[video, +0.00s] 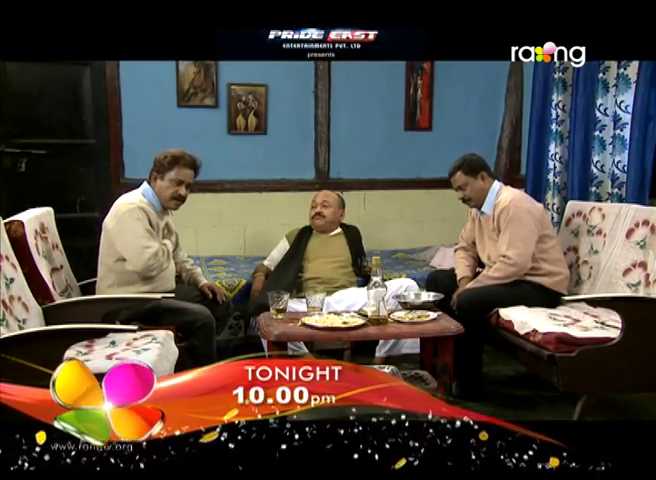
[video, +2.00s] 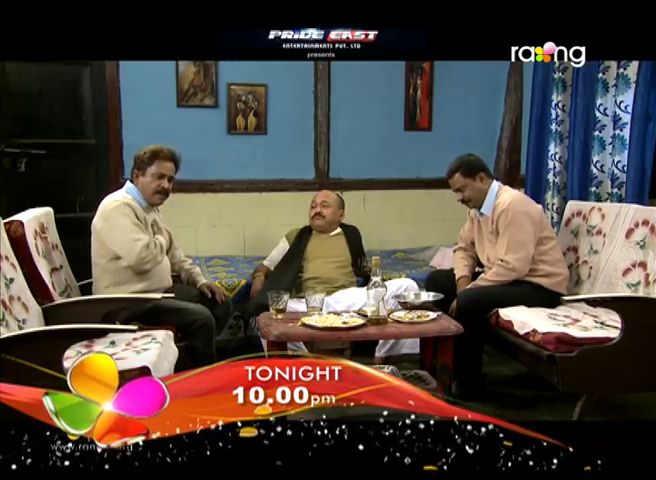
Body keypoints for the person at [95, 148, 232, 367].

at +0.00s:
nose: (183, 192)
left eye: (188, 187)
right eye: (177, 184)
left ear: (192, 189)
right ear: (156, 179)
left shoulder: (159, 215)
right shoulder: (130, 210)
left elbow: (178, 258)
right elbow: (145, 265)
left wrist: (201, 282)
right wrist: (167, 245)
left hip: (156, 296)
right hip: (127, 305)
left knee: (219, 304)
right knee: (201, 319)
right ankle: (204, 385)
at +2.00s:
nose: (166, 185)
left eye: (170, 180)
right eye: (159, 177)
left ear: (174, 182)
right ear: (137, 176)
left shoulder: (149, 212)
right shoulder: (116, 208)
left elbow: (175, 257)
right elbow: (139, 258)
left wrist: (201, 282)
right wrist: (162, 239)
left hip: (156, 295)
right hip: (127, 304)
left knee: (218, 303)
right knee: (200, 318)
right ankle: (203, 384)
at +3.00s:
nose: (159, 178)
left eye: (162, 173)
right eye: (151, 171)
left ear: (164, 178)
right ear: (129, 175)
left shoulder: (144, 210)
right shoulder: (110, 203)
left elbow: (170, 256)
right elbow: (121, 240)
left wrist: (199, 280)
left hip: (157, 293)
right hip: (126, 301)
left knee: (218, 302)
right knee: (201, 317)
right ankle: (203, 383)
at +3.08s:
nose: (160, 177)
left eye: (163, 173)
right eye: (152, 170)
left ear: (166, 177)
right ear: (131, 175)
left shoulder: (146, 211)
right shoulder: (112, 202)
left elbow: (168, 255)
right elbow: (112, 226)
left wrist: (199, 280)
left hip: (159, 293)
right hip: (126, 302)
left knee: (218, 302)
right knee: (201, 318)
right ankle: (204, 382)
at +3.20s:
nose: (159, 182)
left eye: (164, 177)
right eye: (152, 174)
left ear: (168, 181)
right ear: (132, 175)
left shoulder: (151, 213)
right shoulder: (108, 206)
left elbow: (172, 256)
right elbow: (86, 237)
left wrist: (200, 280)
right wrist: (62, 235)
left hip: (161, 295)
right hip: (127, 304)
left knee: (219, 303)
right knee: (199, 318)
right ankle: (203, 383)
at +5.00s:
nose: (171, 186)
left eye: (177, 181)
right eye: (164, 178)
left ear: (182, 185)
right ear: (146, 176)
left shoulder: (166, 212)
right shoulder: (118, 207)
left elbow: (176, 256)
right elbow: (87, 245)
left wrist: (200, 279)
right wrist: (86, 262)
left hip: (164, 298)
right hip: (128, 305)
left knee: (218, 301)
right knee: (199, 318)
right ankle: (205, 384)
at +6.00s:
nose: (172, 186)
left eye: (179, 181)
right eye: (166, 177)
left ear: (184, 184)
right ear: (147, 176)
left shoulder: (167, 210)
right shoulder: (121, 207)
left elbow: (179, 256)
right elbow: (87, 248)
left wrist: (202, 282)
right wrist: (95, 262)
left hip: (163, 298)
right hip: (128, 306)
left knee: (218, 303)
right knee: (200, 319)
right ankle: (207, 386)